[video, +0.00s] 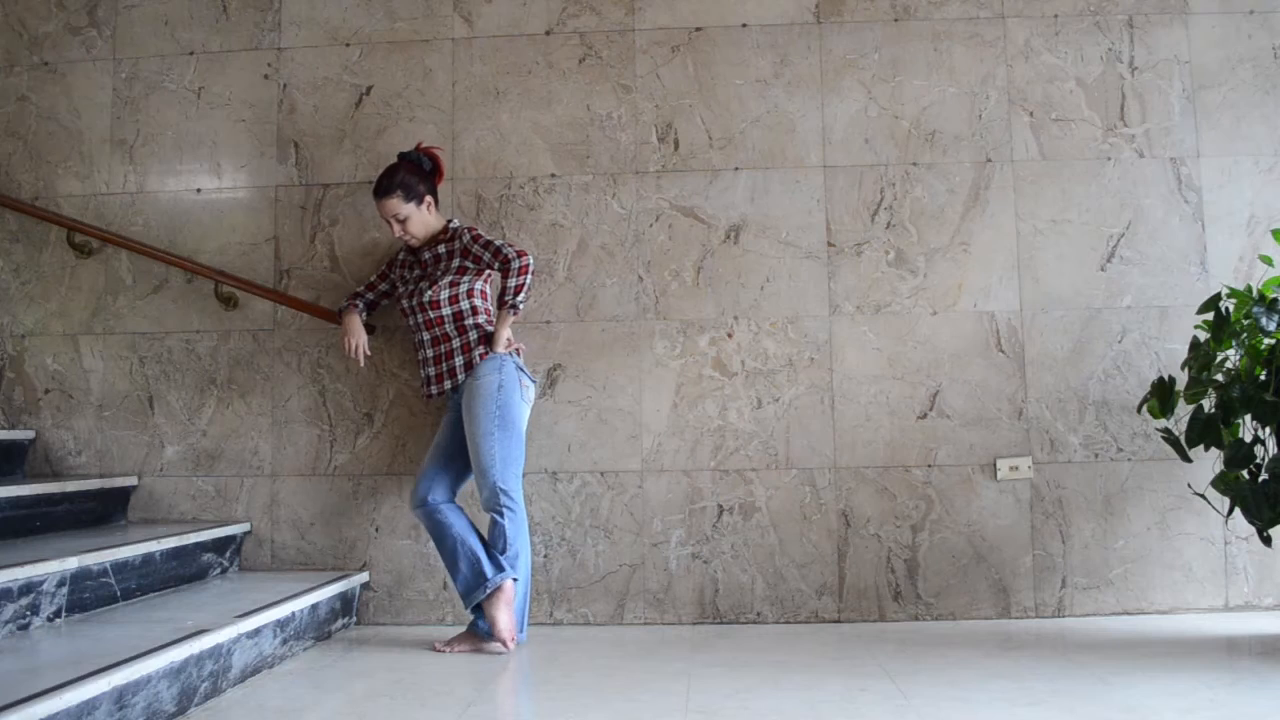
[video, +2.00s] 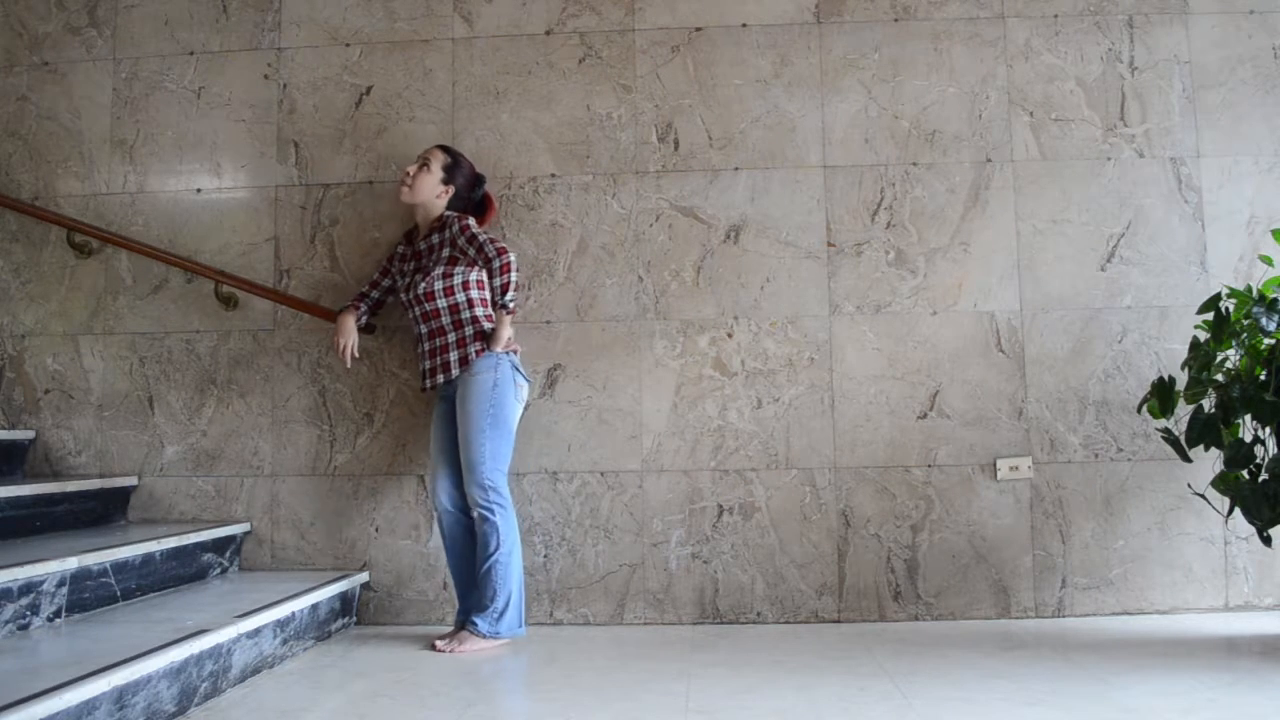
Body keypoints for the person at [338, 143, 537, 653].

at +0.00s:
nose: (397, 231)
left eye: (400, 219)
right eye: (389, 223)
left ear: (428, 202)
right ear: (391, 218)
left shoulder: (464, 239)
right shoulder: (405, 262)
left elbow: (517, 261)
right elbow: (364, 297)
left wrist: (505, 322)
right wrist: (352, 316)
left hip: (493, 371)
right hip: (460, 392)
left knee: (500, 492)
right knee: (430, 496)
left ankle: (499, 628)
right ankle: (494, 591)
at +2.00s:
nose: (408, 169)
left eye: (422, 166)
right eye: (413, 163)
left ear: (447, 189)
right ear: (421, 187)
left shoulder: (460, 228)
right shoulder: (405, 252)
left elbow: (503, 259)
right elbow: (376, 290)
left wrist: (503, 326)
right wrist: (350, 314)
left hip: (487, 365)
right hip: (448, 381)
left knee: (486, 490)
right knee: (448, 497)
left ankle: (499, 623)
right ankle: (474, 618)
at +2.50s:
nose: (409, 175)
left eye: (423, 170)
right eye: (410, 169)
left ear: (451, 189)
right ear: (412, 187)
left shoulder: (476, 233)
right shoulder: (409, 256)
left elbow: (537, 269)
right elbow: (375, 295)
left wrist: (536, 344)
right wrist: (347, 314)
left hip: (491, 374)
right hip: (442, 386)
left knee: (470, 486)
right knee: (443, 499)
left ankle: (505, 616)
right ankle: (472, 619)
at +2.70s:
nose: (419, 166)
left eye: (431, 158)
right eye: (418, 159)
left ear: (461, 172)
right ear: (422, 174)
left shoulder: (491, 224)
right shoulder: (413, 241)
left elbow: (550, 274)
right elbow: (379, 294)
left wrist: (555, 343)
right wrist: (335, 323)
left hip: (494, 368)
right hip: (441, 378)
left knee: (488, 481)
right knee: (458, 497)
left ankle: (524, 606)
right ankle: (478, 617)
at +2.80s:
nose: (426, 165)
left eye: (437, 157)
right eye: (423, 159)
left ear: (468, 169)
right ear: (422, 173)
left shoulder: (501, 224)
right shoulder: (417, 238)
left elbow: (549, 280)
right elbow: (379, 294)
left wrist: (561, 351)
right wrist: (327, 336)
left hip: (496, 369)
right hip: (441, 376)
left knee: (494, 481)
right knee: (460, 498)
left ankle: (530, 605)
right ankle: (476, 618)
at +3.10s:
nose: (440, 178)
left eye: (449, 167)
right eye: (436, 171)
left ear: (480, 171)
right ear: (435, 181)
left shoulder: (521, 234)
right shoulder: (430, 240)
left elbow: (536, 308)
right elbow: (416, 317)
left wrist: (548, 378)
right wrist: (397, 391)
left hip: (504, 377)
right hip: (444, 379)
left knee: (498, 487)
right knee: (457, 500)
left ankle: (532, 612)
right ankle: (476, 617)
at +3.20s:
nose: (450, 170)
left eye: (460, 161)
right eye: (444, 165)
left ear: (489, 170)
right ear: (440, 178)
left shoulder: (523, 232)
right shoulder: (429, 237)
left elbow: (536, 305)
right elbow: (427, 312)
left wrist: (539, 376)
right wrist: (442, 382)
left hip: (505, 376)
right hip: (448, 378)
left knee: (499, 486)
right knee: (459, 499)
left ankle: (529, 616)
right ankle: (476, 615)